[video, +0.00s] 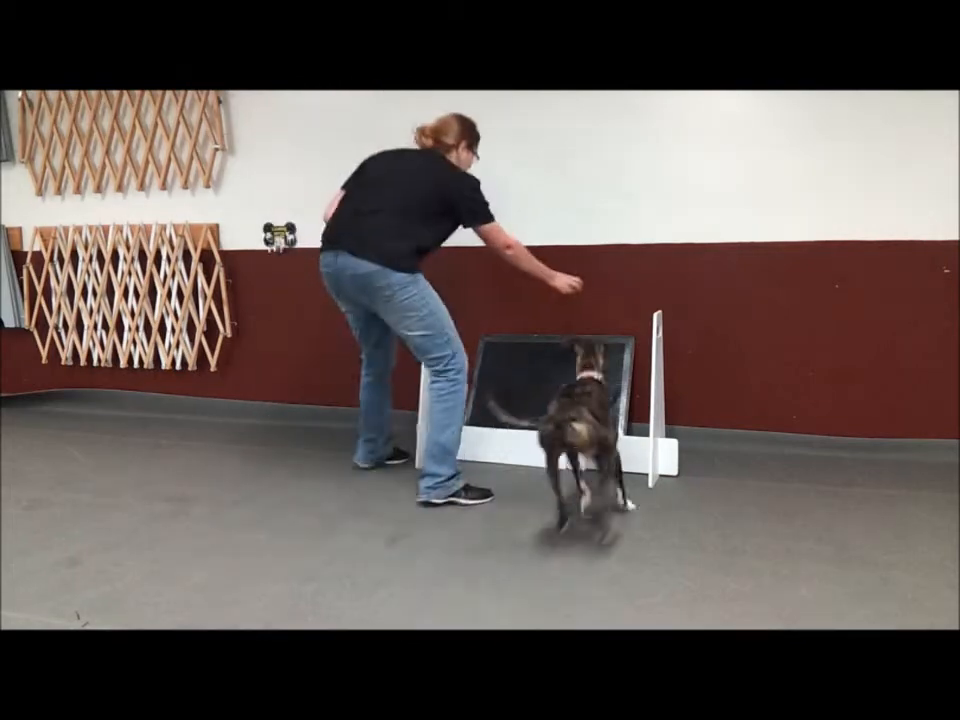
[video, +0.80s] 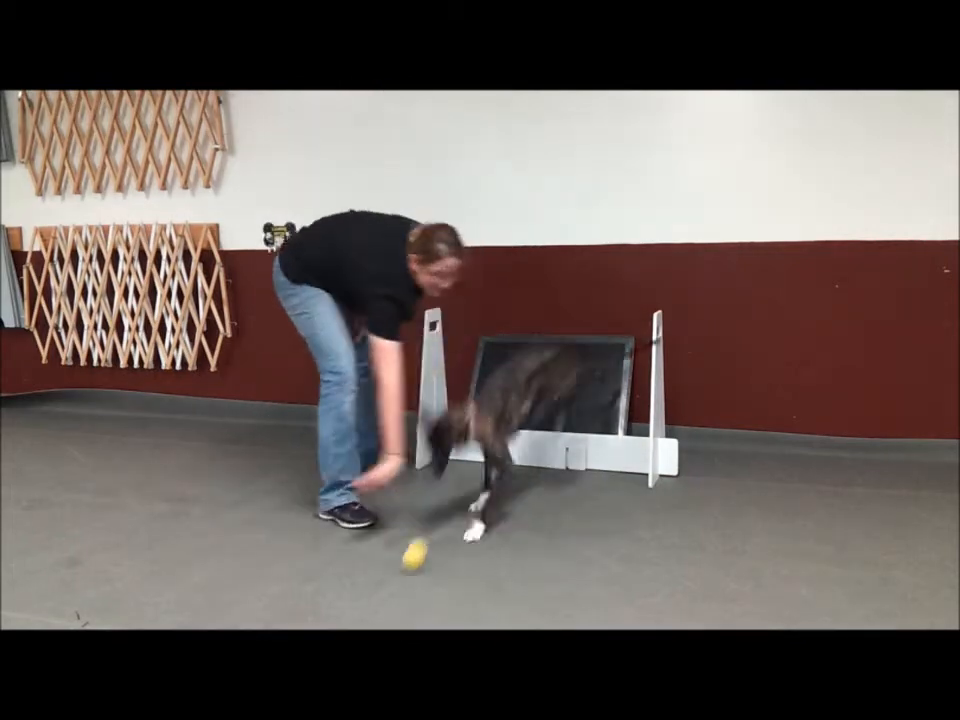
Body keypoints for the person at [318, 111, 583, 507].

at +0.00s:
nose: (472, 162)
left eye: (473, 155)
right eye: (472, 154)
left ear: (430, 140)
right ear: (459, 147)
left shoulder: (382, 159)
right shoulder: (459, 182)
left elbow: (331, 213)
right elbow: (505, 246)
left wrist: (366, 245)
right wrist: (552, 277)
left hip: (336, 262)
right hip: (386, 270)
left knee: (376, 354)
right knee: (448, 364)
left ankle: (372, 450)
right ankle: (440, 483)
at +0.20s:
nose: (468, 187)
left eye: (471, 180)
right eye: (469, 179)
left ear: (430, 163)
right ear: (455, 171)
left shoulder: (390, 176)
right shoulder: (449, 203)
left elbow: (347, 205)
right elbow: (464, 266)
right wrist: (495, 260)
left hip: (326, 267)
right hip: (374, 275)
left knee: (378, 353)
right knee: (455, 352)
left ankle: (374, 452)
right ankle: (445, 469)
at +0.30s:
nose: (472, 202)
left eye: (475, 194)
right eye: (473, 192)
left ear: (439, 179)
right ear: (458, 185)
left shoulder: (402, 190)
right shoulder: (446, 214)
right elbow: (437, 290)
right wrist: (470, 277)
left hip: (323, 264)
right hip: (364, 273)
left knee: (379, 350)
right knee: (445, 351)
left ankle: (375, 452)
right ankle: (445, 467)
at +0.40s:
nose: (479, 215)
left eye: (481, 207)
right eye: (479, 206)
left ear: (448, 195)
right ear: (464, 201)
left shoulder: (412, 209)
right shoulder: (444, 233)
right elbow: (419, 303)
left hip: (319, 260)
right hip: (348, 268)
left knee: (379, 349)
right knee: (427, 349)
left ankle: (375, 452)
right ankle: (437, 471)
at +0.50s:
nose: (483, 233)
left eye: (485, 226)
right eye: (482, 224)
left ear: (453, 212)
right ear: (465, 219)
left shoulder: (422, 224)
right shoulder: (438, 247)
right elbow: (431, 336)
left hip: (317, 262)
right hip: (334, 269)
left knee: (383, 356)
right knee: (407, 352)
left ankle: (373, 455)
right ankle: (394, 474)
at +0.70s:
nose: (474, 275)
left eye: (478, 267)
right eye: (470, 266)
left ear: (446, 253)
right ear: (445, 257)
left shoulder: (423, 240)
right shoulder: (417, 285)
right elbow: (426, 378)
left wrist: (374, 306)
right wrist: (441, 453)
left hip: (336, 271)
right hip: (308, 282)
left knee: (383, 347)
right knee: (364, 374)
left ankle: (375, 450)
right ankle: (338, 497)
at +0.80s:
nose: (446, 284)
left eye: (452, 276)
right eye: (438, 275)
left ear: (460, 267)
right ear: (414, 263)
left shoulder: (422, 242)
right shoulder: (386, 283)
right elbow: (388, 371)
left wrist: (364, 309)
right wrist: (393, 455)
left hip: (343, 273)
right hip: (301, 276)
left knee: (366, 370)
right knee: (340, 373)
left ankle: (365, 463)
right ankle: (336, 496)